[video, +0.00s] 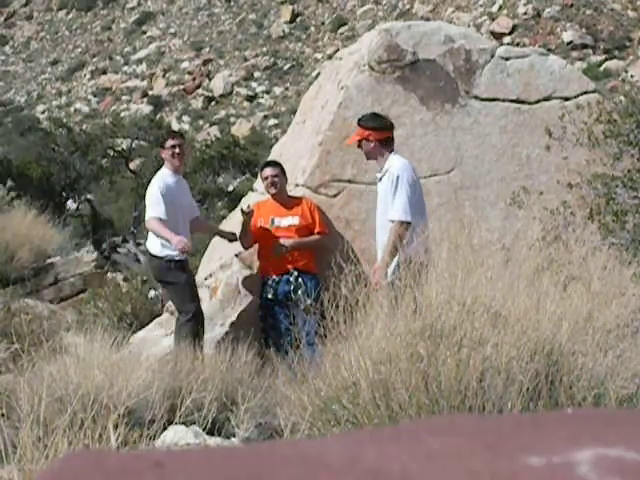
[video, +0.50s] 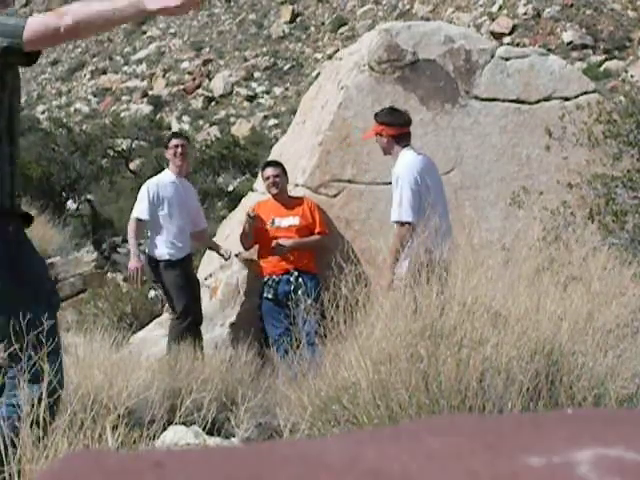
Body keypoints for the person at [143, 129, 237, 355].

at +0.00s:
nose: (178, 151)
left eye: (181, 146)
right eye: (172, 148)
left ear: (186, 150)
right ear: (162, 153)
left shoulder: (181, 183)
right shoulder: (159, 183)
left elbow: (194, 222)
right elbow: (151, 221)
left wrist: (221, 233)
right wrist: (174, 238)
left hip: (179, 257)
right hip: (164, 258)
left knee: (195, 314)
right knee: (188, 313)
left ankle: (194, 366)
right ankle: (184, 367)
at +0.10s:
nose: (183, 153)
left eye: (186, 149)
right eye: (178, 149)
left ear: (191, 153)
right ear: (169, 154)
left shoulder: (186, 184)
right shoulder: (163, 186)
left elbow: (197, 223)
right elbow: (155, 224)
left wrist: (221, 240)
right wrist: (184, 243)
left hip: (180, 258)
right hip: (165, 260)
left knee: (198, 308)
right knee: (189, 311)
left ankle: (195, 362)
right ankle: (188, 365)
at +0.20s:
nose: (188, 157)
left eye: (192, 152)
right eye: (183, 152)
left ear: (197, 157)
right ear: (174, 156)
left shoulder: (190, 190)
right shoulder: (162, 188)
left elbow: (199, 232)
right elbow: (156, 226)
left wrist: (222, 251)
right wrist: (182, 248)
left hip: (183, 261)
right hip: (164, 261)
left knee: (199, 317)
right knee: (189, 317)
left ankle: (199, 369)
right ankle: (190, 369)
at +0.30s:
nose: (188, 158)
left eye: (193, 154)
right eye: (184, 153)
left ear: (198, 159)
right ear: (176, 157)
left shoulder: (192, 196)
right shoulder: (160, 189)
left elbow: (199, 239)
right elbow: (148, 227)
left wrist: (222, 259)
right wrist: (170, 254)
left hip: (185, 264)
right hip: (162, 264)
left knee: (200, 320)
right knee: (193, 319)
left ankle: (197, 371)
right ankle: (190, 371)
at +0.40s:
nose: (185, 154)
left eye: (190, 150)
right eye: (181, 149)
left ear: (196, 156)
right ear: (173, 154)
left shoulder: (192, 194)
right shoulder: (158, 186)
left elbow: (199, 236)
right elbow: (139, 223)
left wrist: (220, 256)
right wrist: (150, 256)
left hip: (185, 260)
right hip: (164, 260)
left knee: (197, 316)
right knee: (188, 316)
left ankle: (198, 366)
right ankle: (186, 368)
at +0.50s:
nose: (179, 151)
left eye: (183, 147)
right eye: (175, 148)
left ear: (188, 152)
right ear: (167, 153)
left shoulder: (190, 190)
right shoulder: (154, 186)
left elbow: (198, 232)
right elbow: (134, 222)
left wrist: (217, 248)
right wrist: (134, 256)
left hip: (184, 257)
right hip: (163, 258)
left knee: (194, 314)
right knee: (183, 311)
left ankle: (196, 365)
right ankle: (174, 365)